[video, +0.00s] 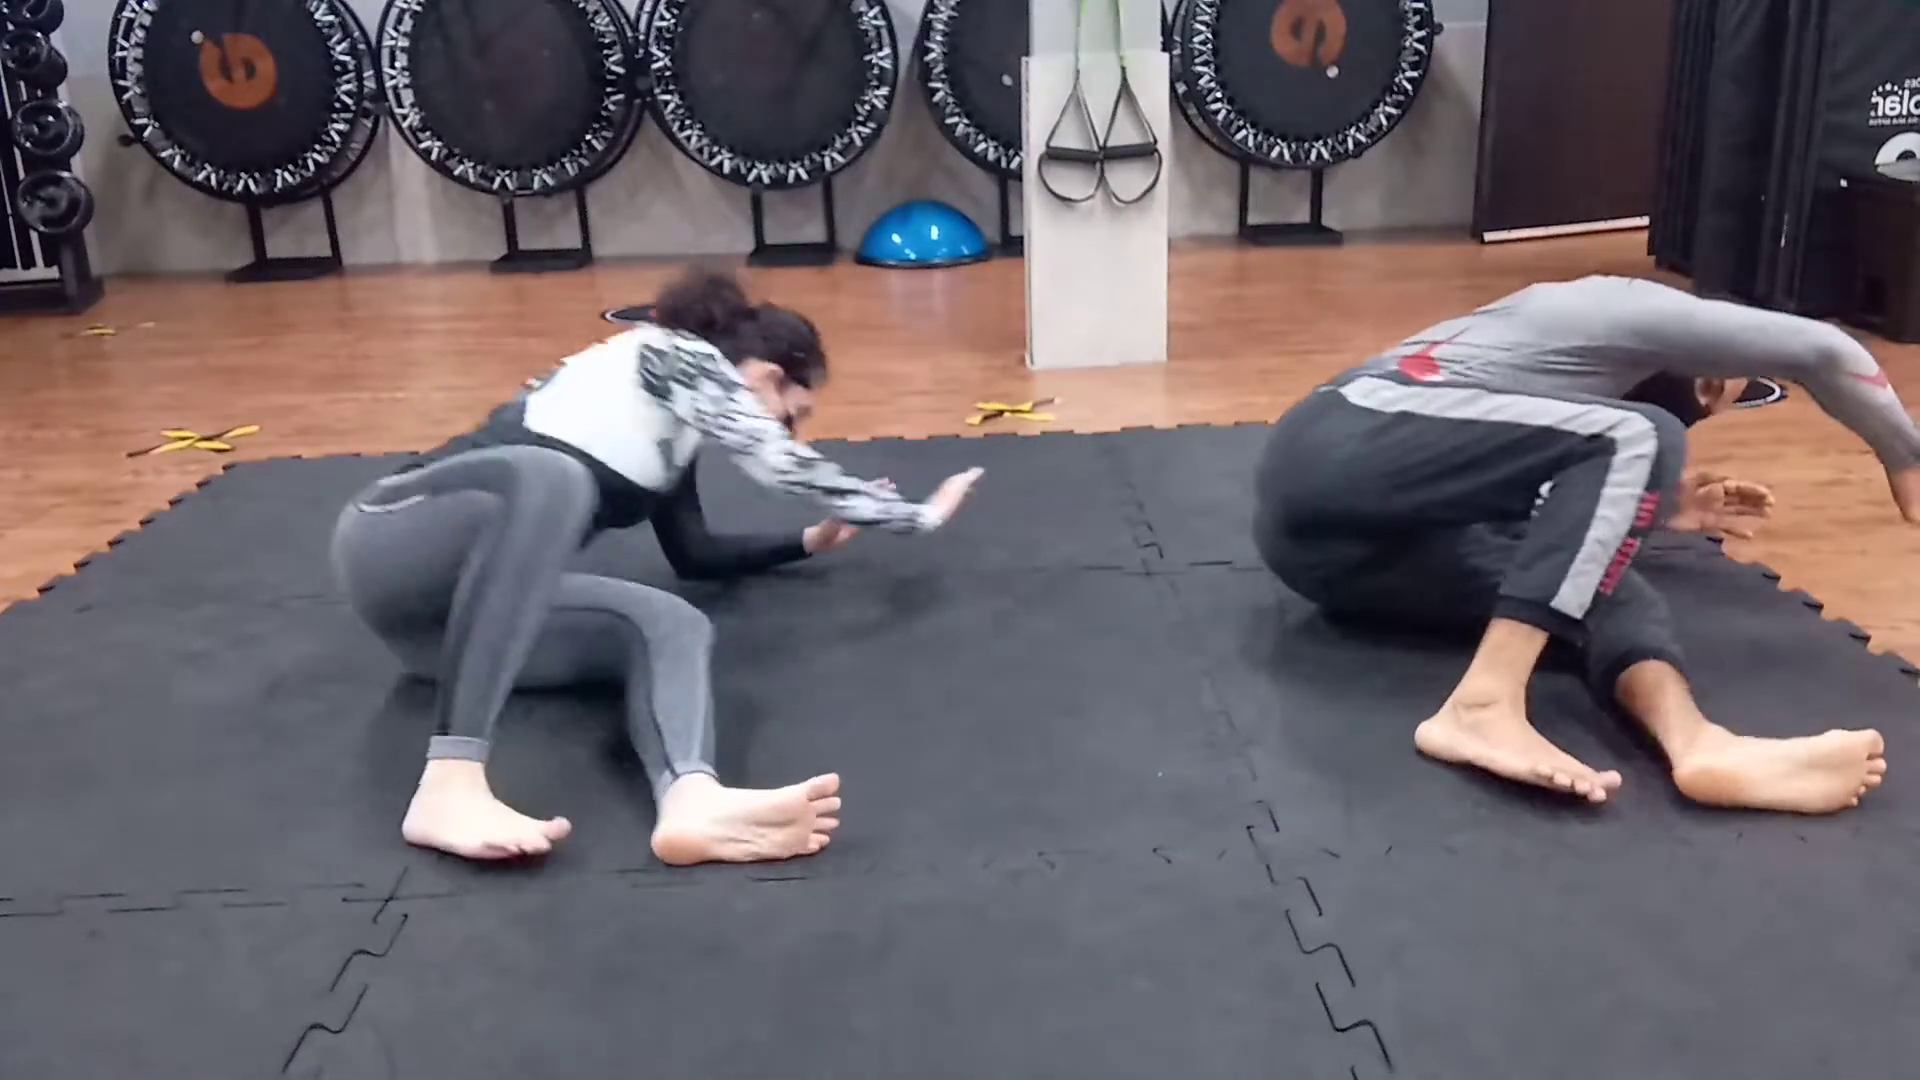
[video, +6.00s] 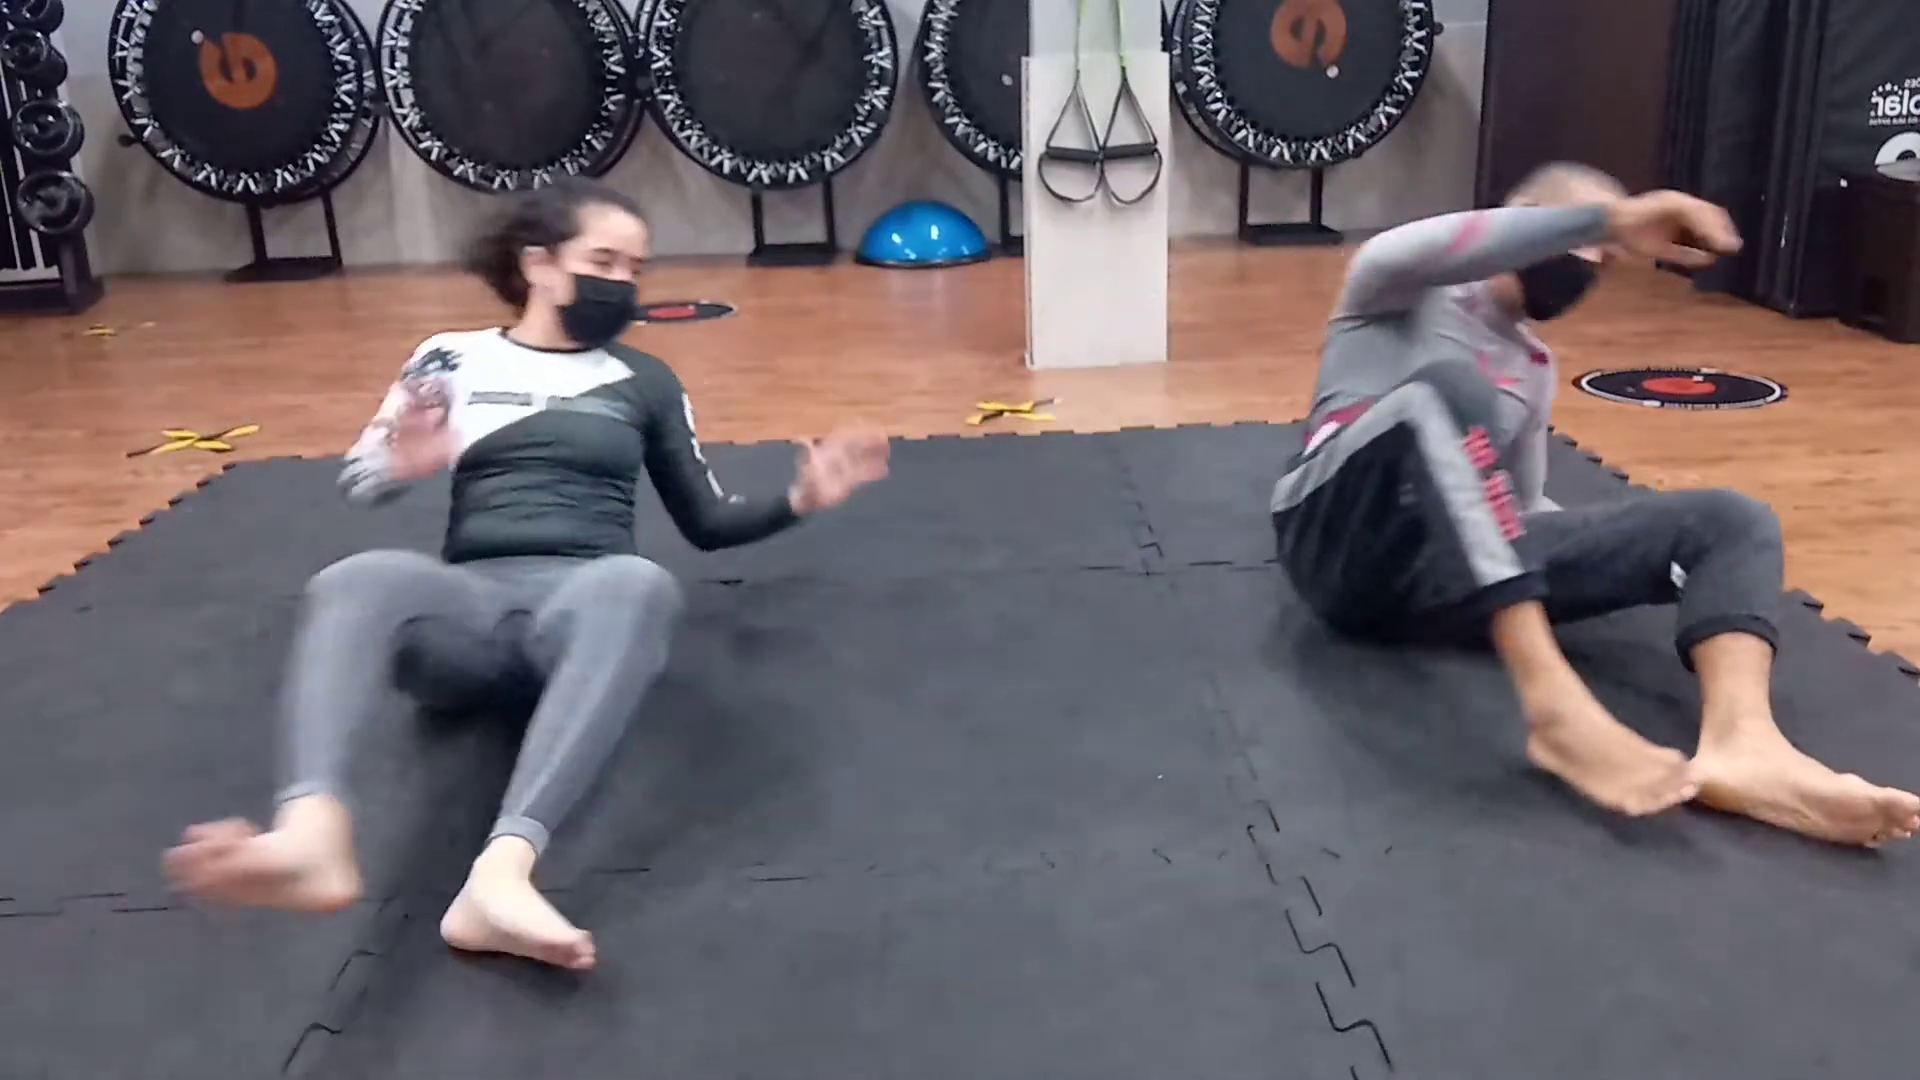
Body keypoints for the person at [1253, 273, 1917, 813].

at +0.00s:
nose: (1706, 406)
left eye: (1714, 399)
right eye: (1714, 390)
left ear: (1638, 398)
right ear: (1688, 355)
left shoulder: (1578, 411)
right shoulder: (1621, 309)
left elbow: (1508, 510)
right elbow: (1823, 350)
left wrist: (1662, 508)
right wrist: (1905, 457)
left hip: (1335, 565)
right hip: (1335, 449)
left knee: (1599, 580)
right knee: (1645, 435)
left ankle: (1695, 740)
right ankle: (1480, 703)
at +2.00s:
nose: (1056, 245)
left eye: (1078, 222)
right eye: (1039, 225)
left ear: (1137, 207)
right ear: (1021, 221)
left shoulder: (1206, 292)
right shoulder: (1013, 338)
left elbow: (1365, 394)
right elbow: (961, 476)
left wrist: (1283, 332)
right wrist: (865, 511)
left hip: (1212, 533)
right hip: (1096, 543)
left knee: (1372, 465)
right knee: (983, 517)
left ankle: (1471, 754)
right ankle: (1233, 738)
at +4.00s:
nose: (857, 379)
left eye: (859, 352)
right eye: (850, 364)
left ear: (906, 313)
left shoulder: (973, 312)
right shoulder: (1001, 420)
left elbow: (796, 403)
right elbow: (976, 532)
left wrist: (707, 466)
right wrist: (848, 556)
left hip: (1280, 471)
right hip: (1210, 565)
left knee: (1099, 390)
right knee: (997, 626)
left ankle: (1189, 688)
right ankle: (1051, 769)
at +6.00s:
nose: (1582, 257)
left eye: (1601, 248)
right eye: (1567, 233)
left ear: (1603, 272)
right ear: (1506, 223)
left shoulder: (1532, 371)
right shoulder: (1391, 287)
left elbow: (1525, 505)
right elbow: (1418, 256)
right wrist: (1606, 220)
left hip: (1457, 574)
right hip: (1344, 548)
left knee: (1732, 518)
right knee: (1428, 397)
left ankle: (1741, 737)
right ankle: (1554, 705)